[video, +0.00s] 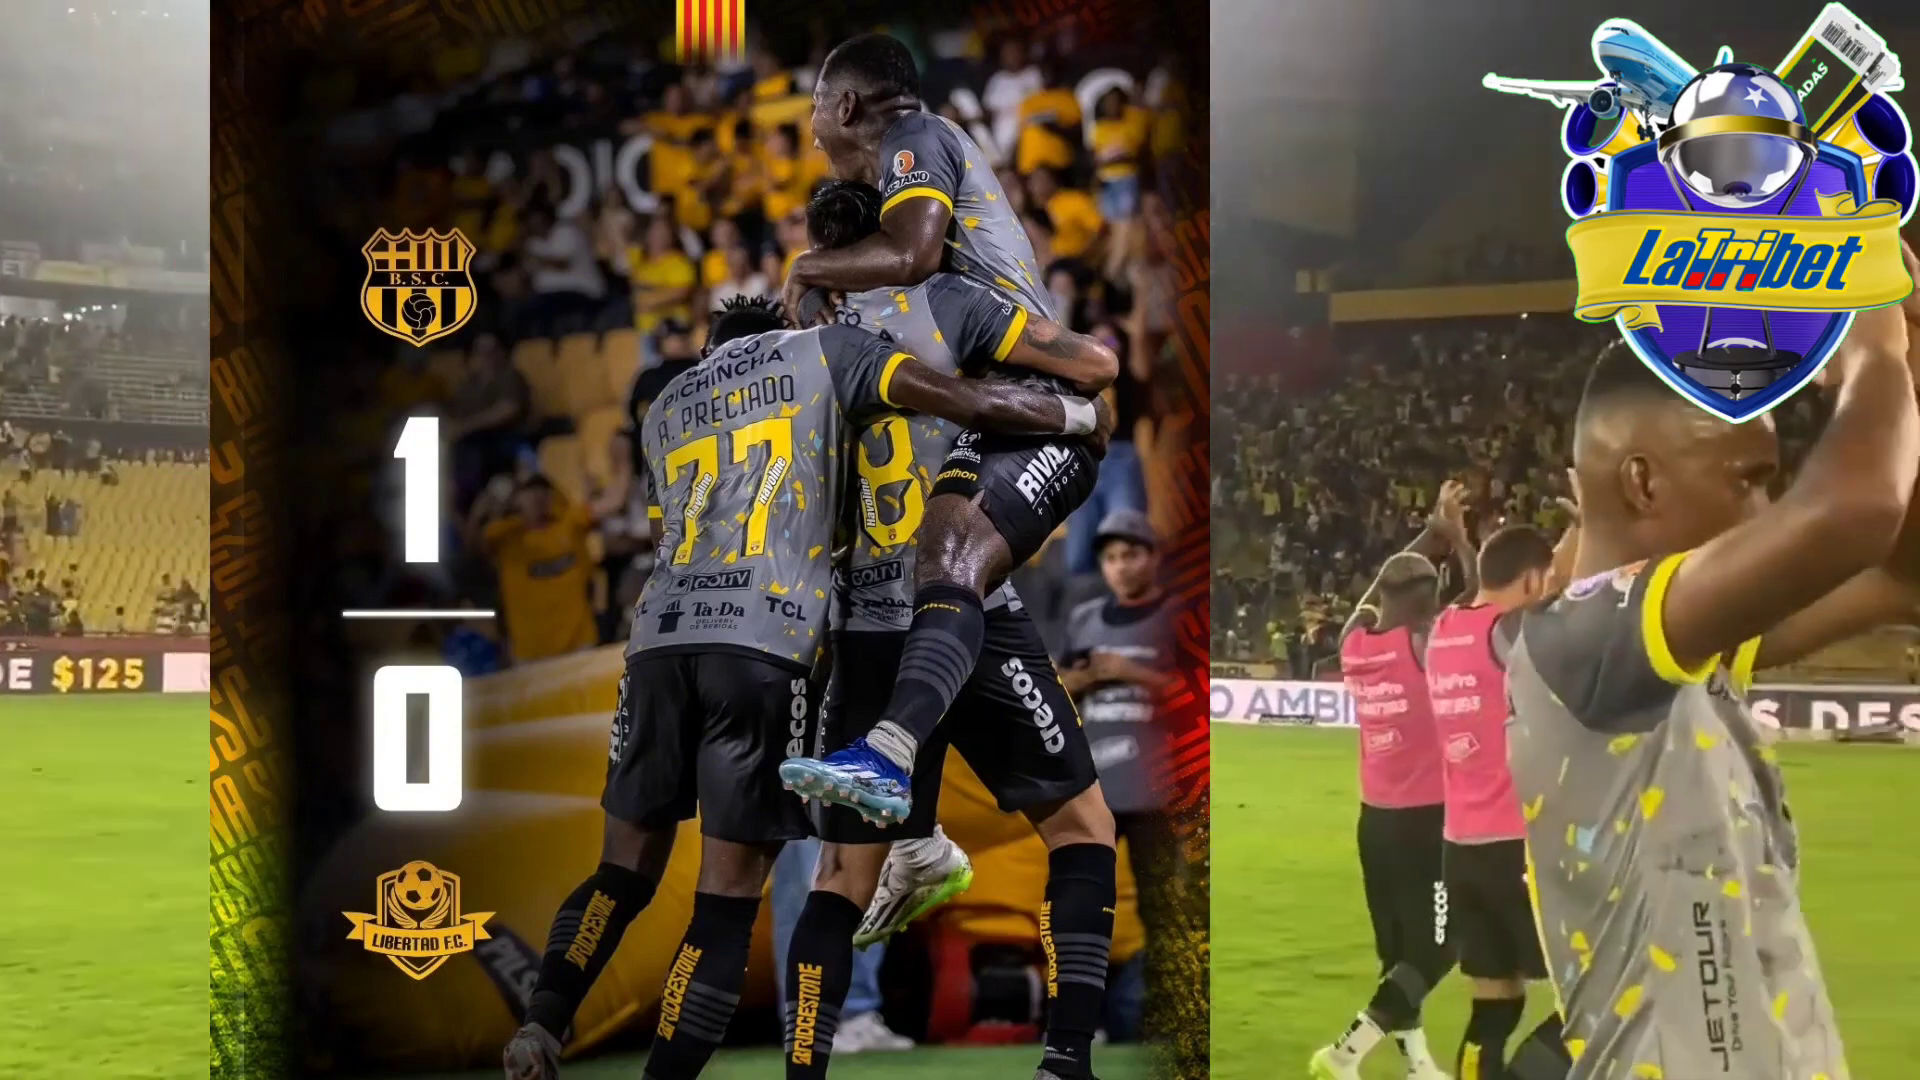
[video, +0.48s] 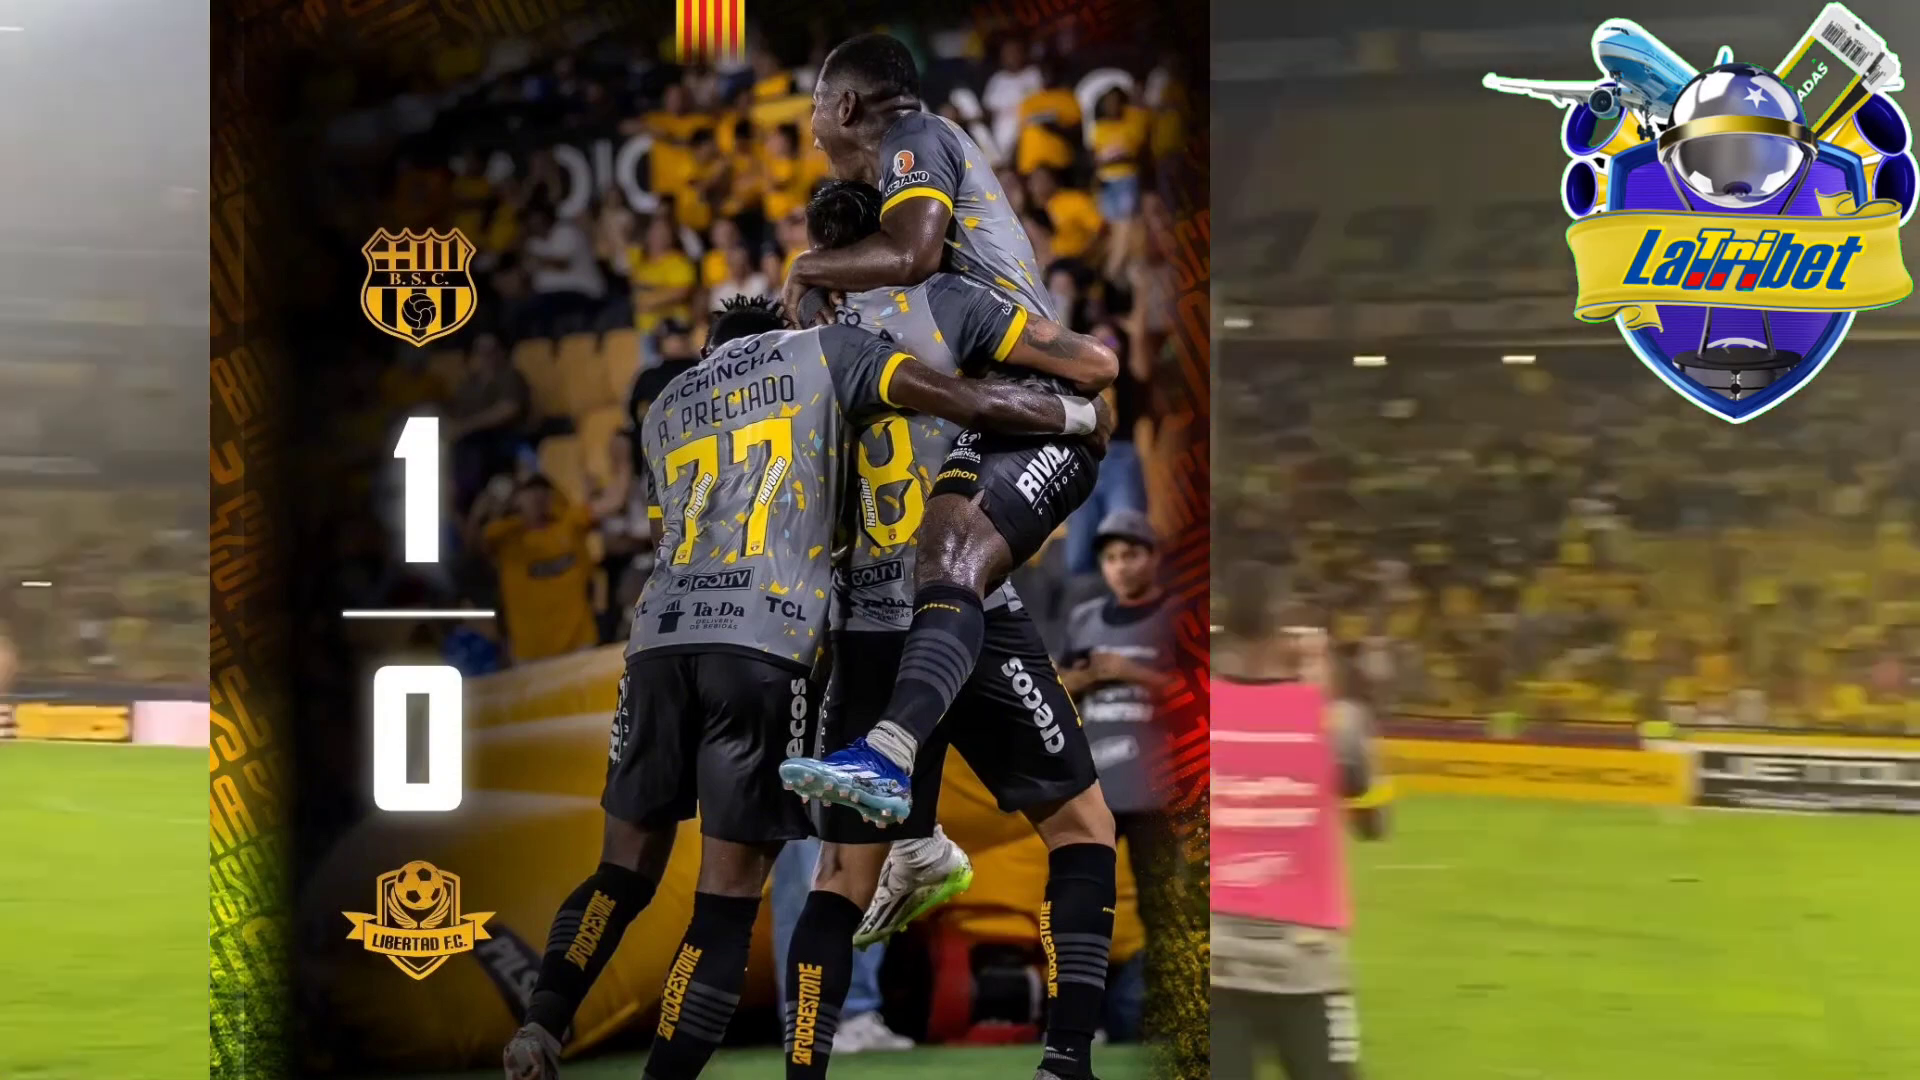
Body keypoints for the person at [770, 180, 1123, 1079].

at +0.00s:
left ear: (822, 257)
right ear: (899, 239)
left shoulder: (804, 336)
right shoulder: (952, 299)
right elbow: (1092, 367)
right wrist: (1079, 352)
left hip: (854, 617)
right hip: (964, 612)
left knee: (849, 859)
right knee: (1081, 827)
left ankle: (802, 1063)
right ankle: (1067, 1059)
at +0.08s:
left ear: (822, 252)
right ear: (897, 236)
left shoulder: (807, 333)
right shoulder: (954, 297)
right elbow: (1092, 367)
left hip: (853, 621)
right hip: (966, 616)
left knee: (848, 860)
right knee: (1082, 828)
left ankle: (802, 1063)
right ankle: (1066, 1059)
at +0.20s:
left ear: (820, 254)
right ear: (899, 238)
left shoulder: (800, 331)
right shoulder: (953, 297)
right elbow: (1091, 366)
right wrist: (1077, 354)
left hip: (851, 619)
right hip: (963, 615)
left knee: (848, 861)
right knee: (1082, 826)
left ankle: (801, 1063)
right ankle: (1067, 1057)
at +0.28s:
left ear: (819, 253)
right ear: (897, 234)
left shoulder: (801, 333)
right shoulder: (949, 294)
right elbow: (1084, 367)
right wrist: (1100, 357)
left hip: (854, 619)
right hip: (963, 615)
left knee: (848, 861)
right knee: (1082, 827)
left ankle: (802, 1063)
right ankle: (1066, 1061)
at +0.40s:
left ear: (822, 252)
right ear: (900, 236)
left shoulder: (803, 329)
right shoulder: (951, 295)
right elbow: (1092, 367)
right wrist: (1077, 347)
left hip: (854, 615)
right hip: (964, 614)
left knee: (848, 860)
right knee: (1081, 826)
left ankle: (801, 1064)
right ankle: (1067, 1058)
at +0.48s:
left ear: (820, 255)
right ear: (900, 239)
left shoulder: (800, 332)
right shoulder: (952, 298)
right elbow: (1092, 367)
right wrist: (1076, 353)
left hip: (853, 617)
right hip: (964, 614)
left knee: (848, 860)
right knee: (1082, 827)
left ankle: (801, 1063)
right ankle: (1067, 1057)